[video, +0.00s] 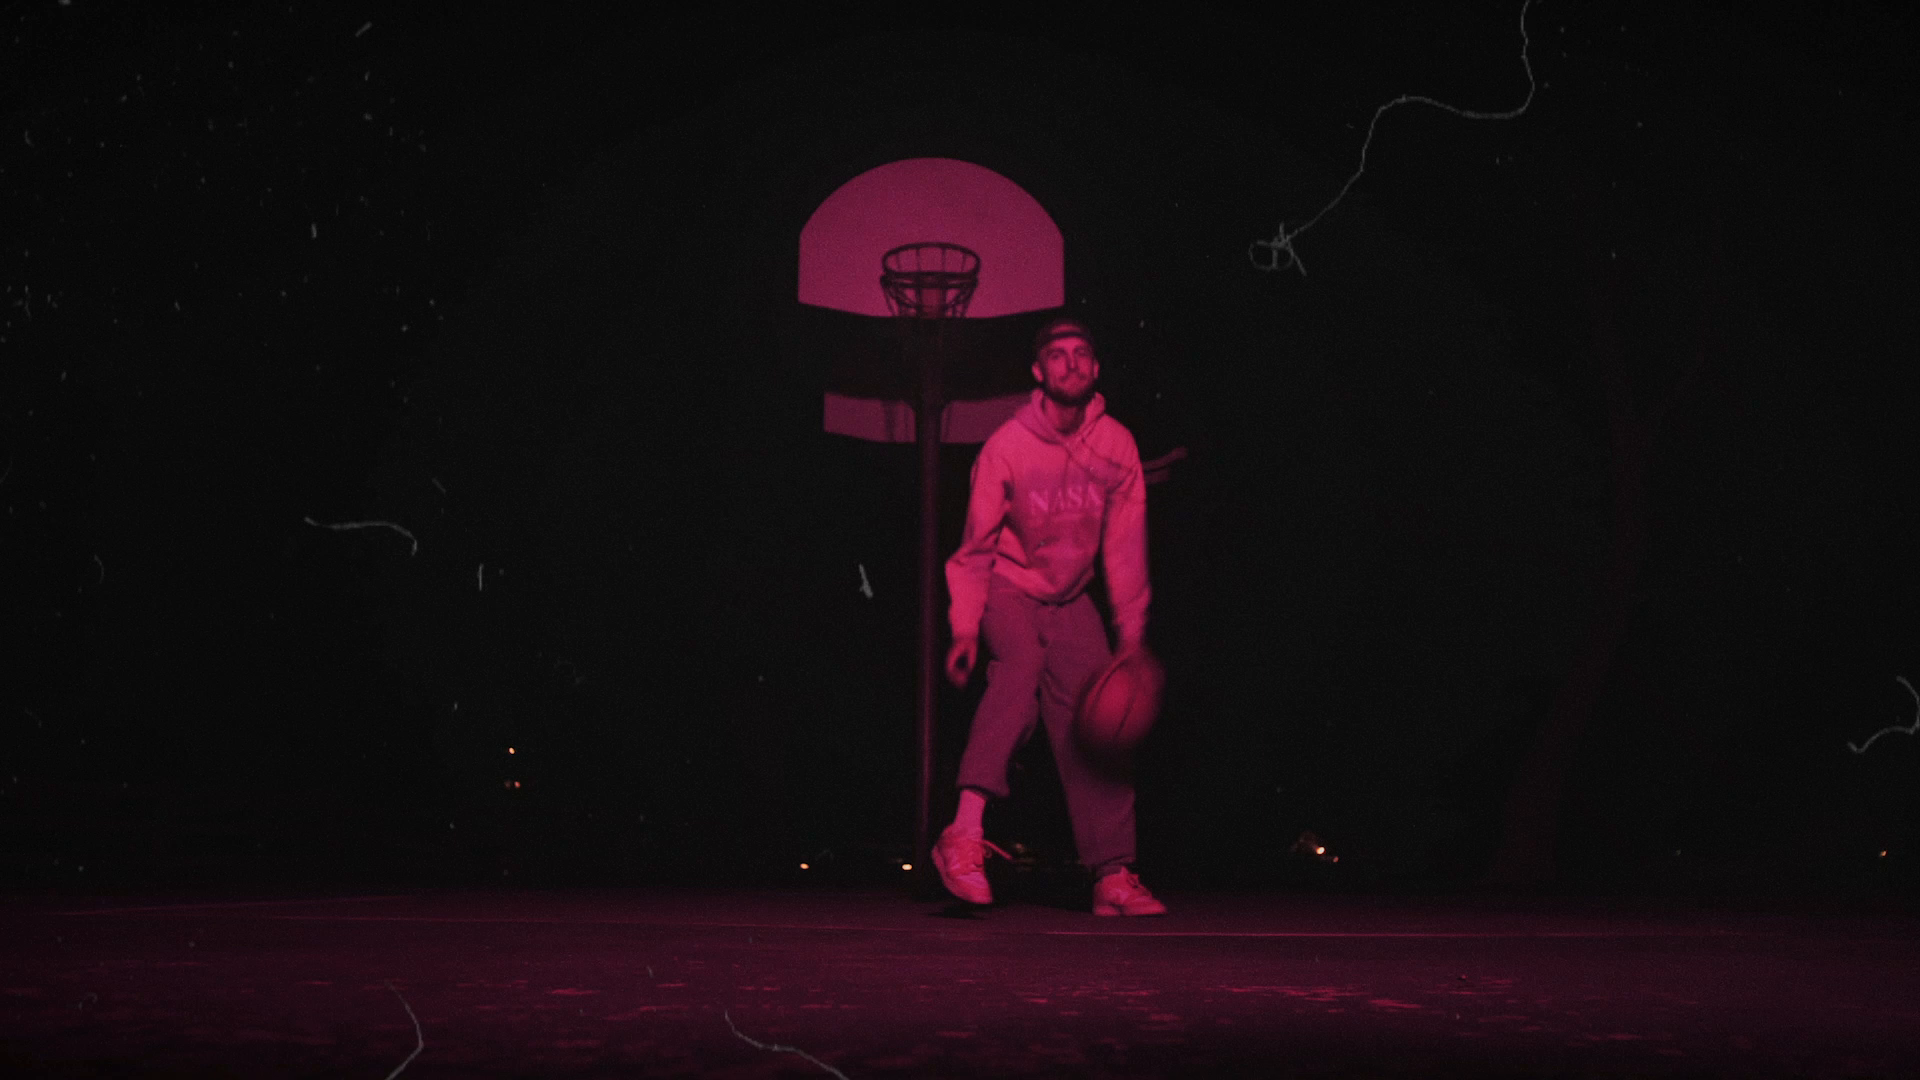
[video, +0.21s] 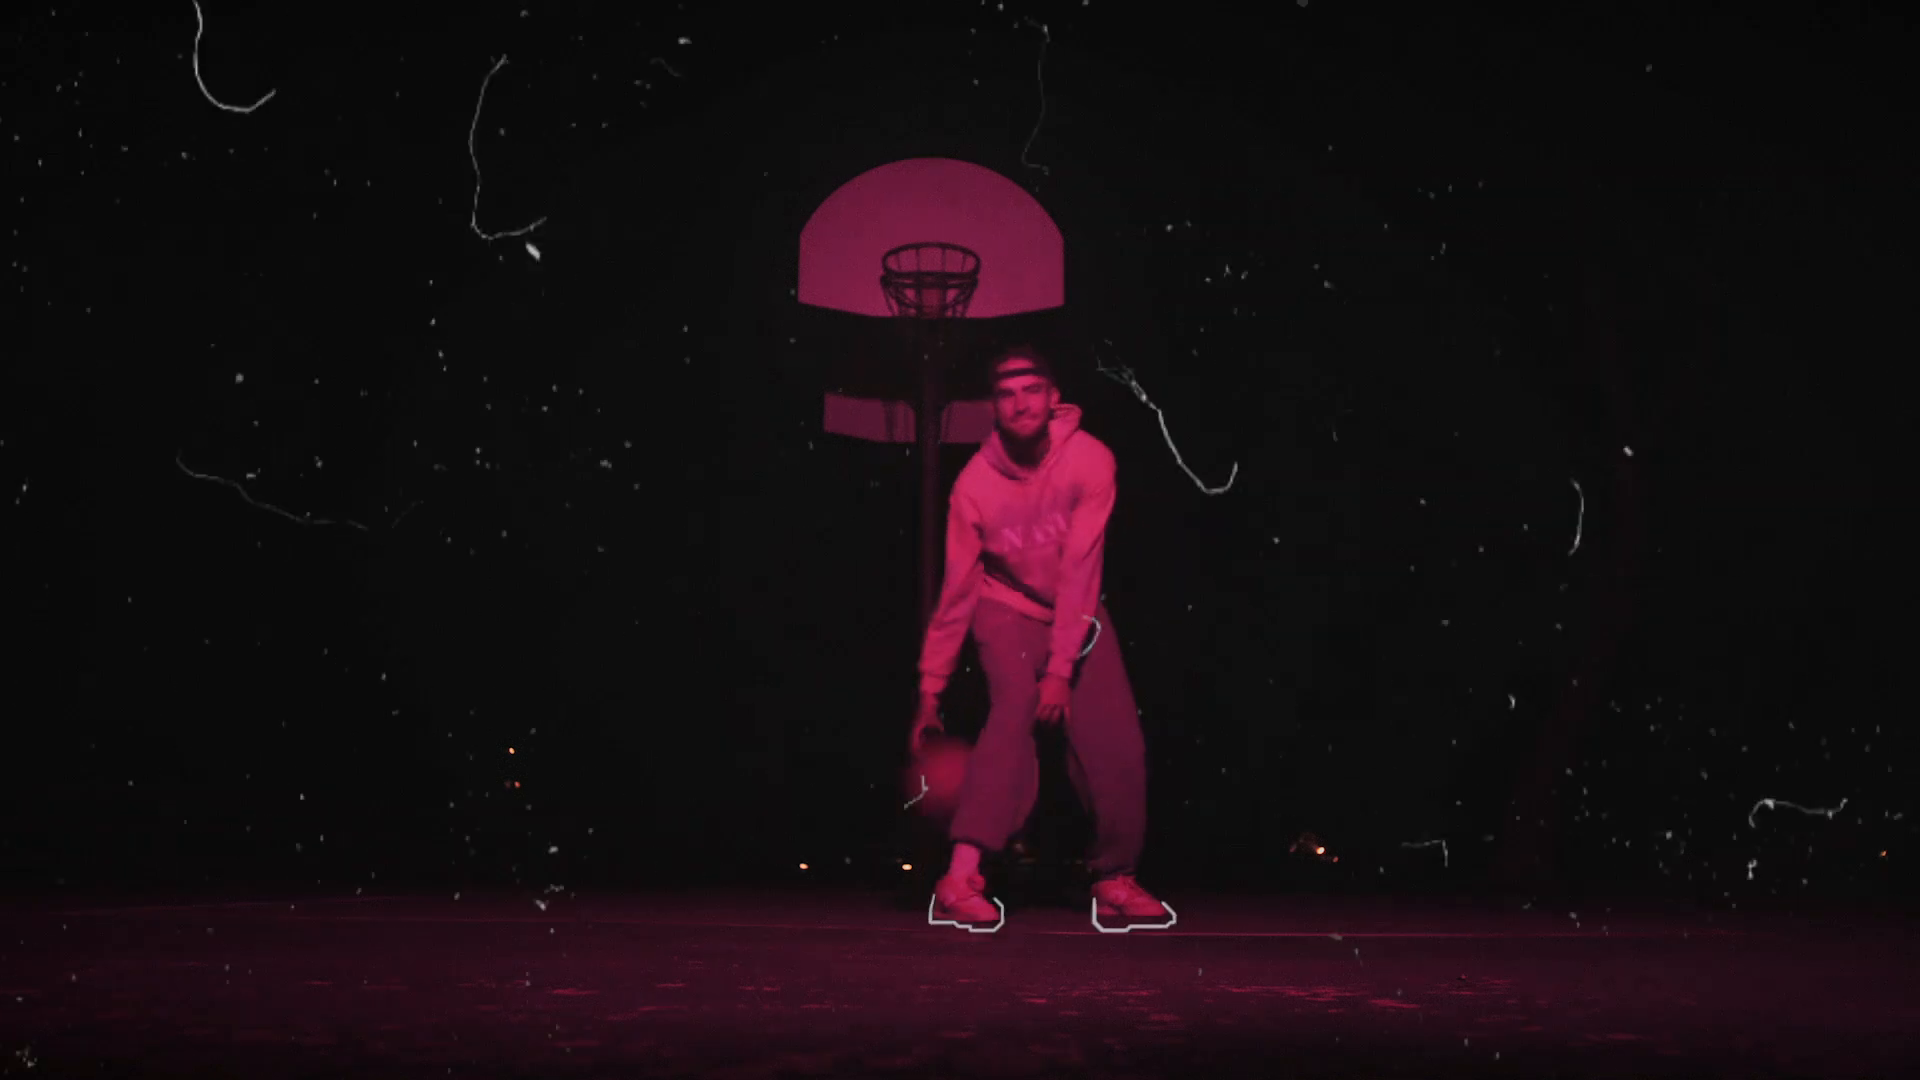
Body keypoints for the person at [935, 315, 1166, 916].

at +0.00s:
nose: (1072, 365)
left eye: (1082, 356)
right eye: (1059, 356)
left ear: (1097, 370)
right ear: (1038, 370)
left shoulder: (1116, 445)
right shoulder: (1007, 446)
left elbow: (1126, 547)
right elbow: (975, 548)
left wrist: (1131, 637)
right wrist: (964, 630)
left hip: (1073, 596)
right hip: (1006, 586)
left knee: (1097, 718)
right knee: (1019, 670)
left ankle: (1112, 874)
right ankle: (964, 833)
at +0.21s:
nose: (1021, 404)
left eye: (1032, 391)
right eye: (1008, 395)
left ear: (1054, 397)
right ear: (993, 406)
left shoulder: (1090, 461)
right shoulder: (976, 483)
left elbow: (1081, 570)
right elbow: (958, 590)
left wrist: (1060, 669)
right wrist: (931, 684)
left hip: (1078, 610)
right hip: (1007, 611)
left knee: (1116, 738)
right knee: (1015, 714)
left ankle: (1114, 880)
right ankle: (961, 876)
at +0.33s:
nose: (974, 405)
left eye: (988, 392)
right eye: (964, 394)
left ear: (1017, 395)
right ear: (954, 402)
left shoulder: (1060, 451)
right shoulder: (945, 482)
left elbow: (1068, 567)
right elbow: (924, 578)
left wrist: (1055, 674)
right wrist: (881, 651)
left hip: (1072, 589)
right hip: (995, 593)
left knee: (1109, 730)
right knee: (1001, 706)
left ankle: (1116, 864)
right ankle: (958, 871)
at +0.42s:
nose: (963, 401)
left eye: (977, 389)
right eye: (955, 389)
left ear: (1008, 392)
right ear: (944, 397)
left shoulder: (1050, 443)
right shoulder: (937, 468)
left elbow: (1056, 561)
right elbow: (906, 559)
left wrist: (1039, 675)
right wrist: (849, 624)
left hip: (1070, 583)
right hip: (992, 586)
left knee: (1114, 731)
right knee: (995, 707)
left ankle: (1126, 852)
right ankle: (957, 868)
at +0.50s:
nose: (971, 400)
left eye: (987, 387)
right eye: (962, 386)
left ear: (1016, 391)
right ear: (950, 391)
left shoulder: (1054, 440)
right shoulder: (933, 466)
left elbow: (1050, 561)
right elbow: (904, 554)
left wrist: (1024, 676)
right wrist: (848, 616)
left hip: (1071, 572)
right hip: (989, 578)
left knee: (1118, 714)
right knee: (990, 703)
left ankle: (1144, 858)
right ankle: (957, 869)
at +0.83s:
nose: (1081, 391)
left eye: (1092, 377)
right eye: (1065, 377)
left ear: (1105, 382)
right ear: (1036, 382)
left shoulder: (1127, 446)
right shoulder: (998, 448)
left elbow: (1149, 557)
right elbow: (1014, 553)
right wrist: (1056, 644)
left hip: (1095, 583)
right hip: (1009, 583)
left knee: (1136, 702)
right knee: (1000, 702)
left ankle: (1187, 871)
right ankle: (962, 868)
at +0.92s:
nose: (1108, 379)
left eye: (1118, 366)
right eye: (1090, 366)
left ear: (1130, 373)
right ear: (1060, 373)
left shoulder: (1150, 439)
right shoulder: (1016, 442)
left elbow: (1186, 540)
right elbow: (1019, 550)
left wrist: (1240, 643)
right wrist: (1064, 625)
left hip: (1106, 576)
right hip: (1016, 575)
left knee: (1144, 704)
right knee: (989, 702)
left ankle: (1188, 871)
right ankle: (956, 860)